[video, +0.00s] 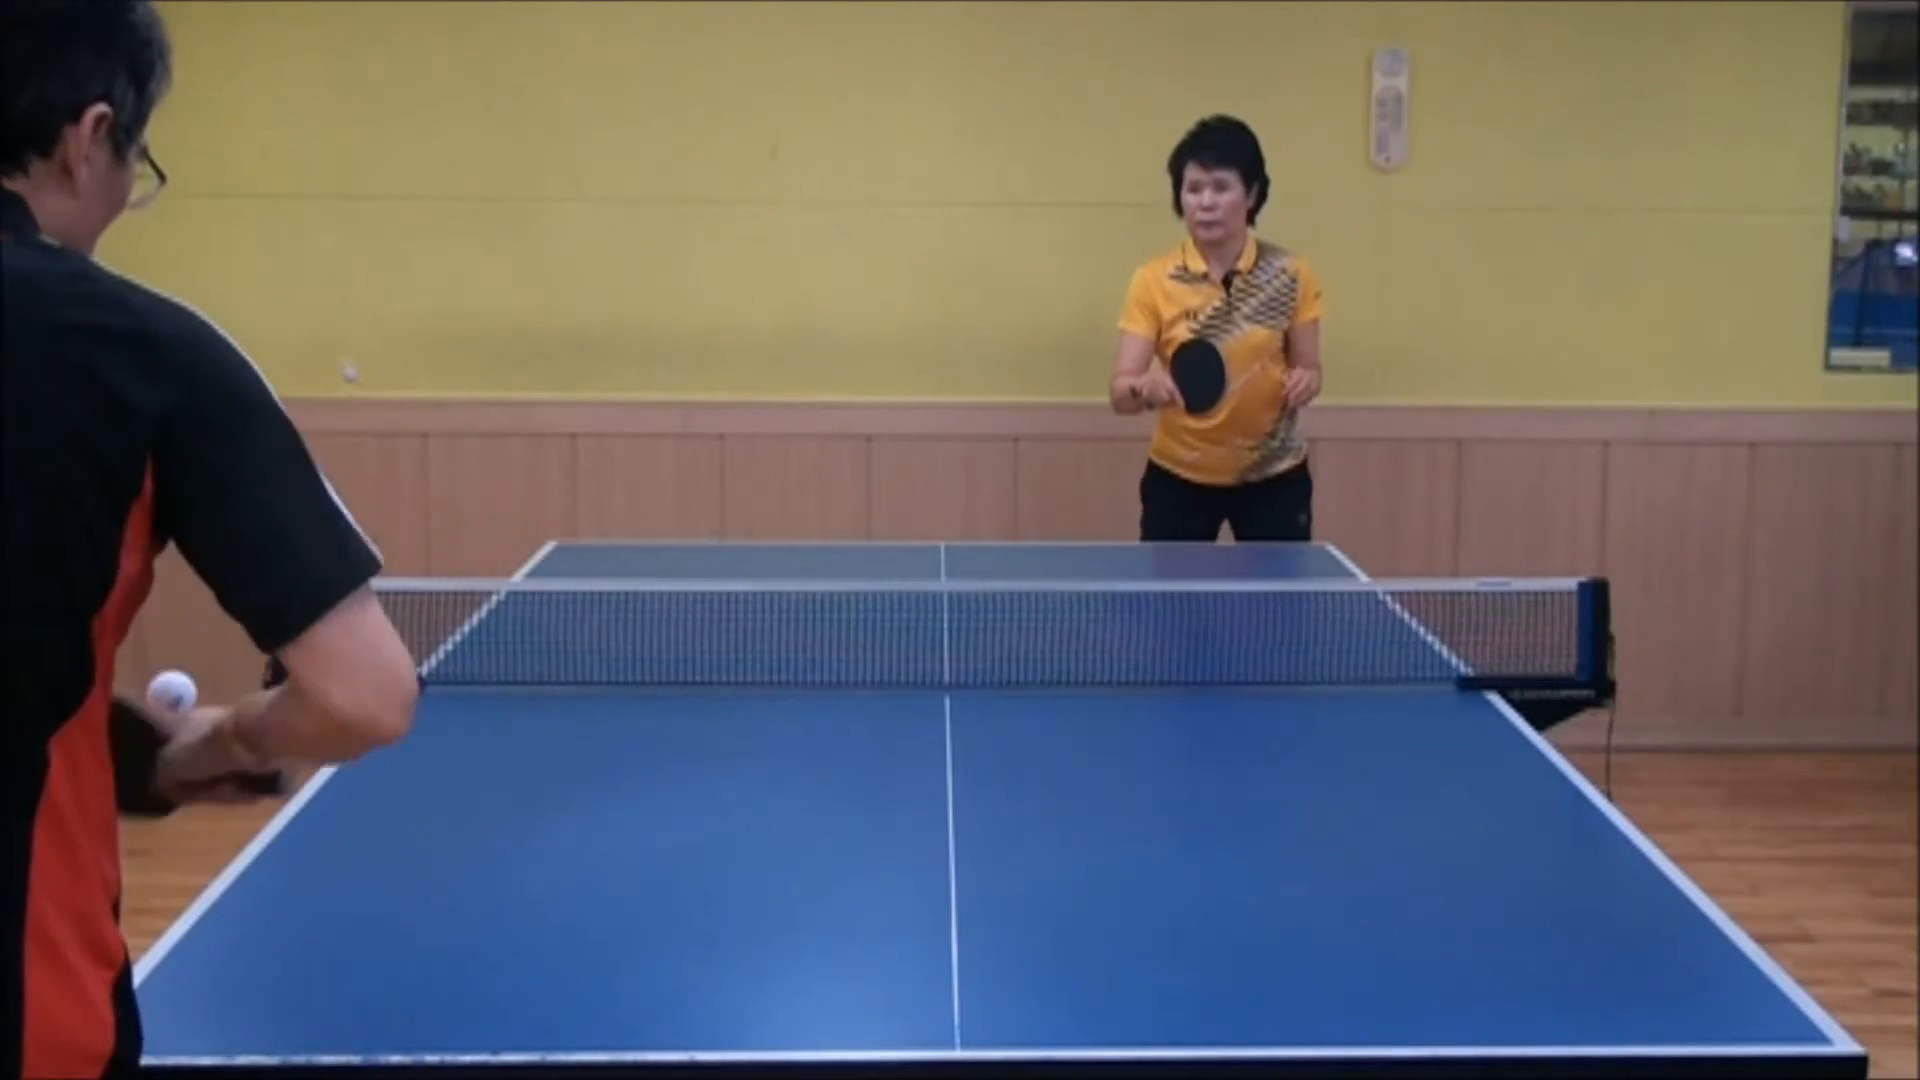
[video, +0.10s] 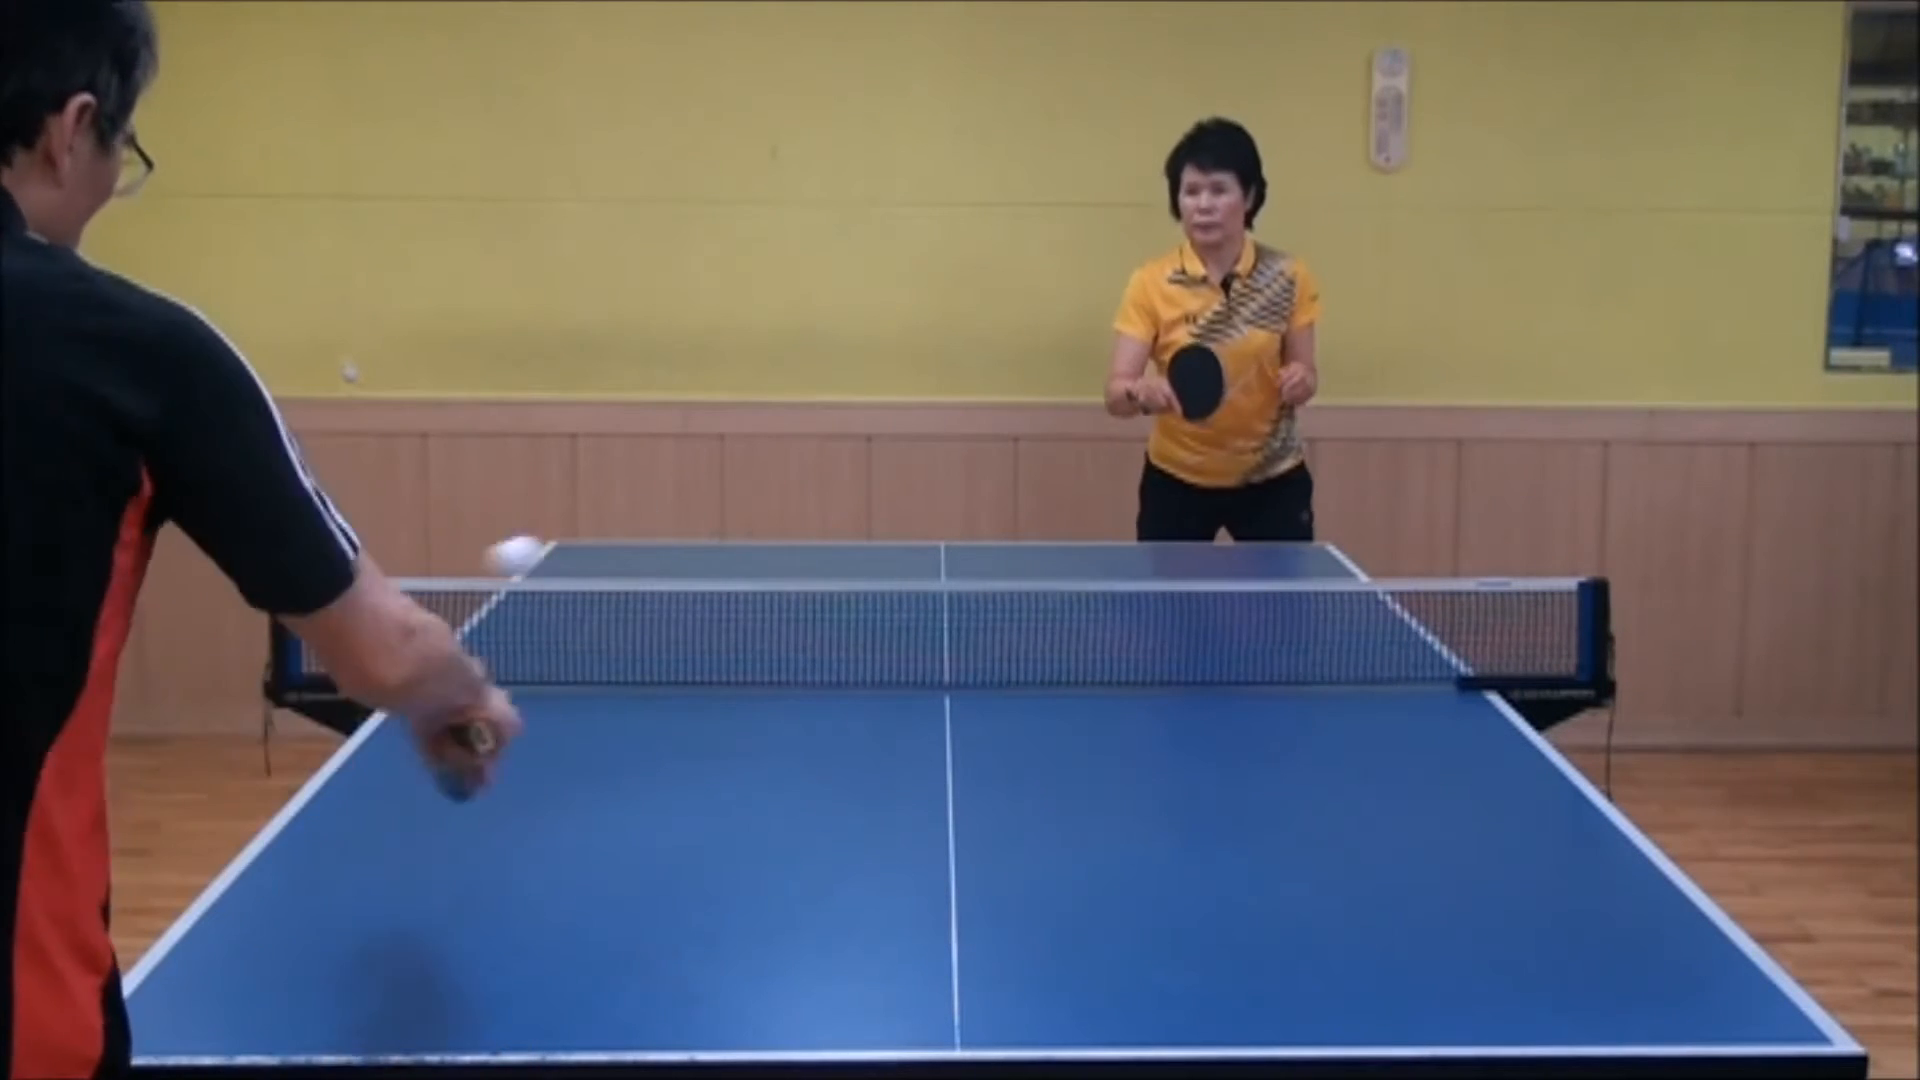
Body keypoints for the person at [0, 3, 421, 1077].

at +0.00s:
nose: (129, 193)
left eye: (136, 155)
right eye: (134, 151)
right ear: (83, 135)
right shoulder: (131, 349)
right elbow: (367, 695)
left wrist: (152, 763)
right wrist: (219, 745)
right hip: (38, 996)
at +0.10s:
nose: (118, 179)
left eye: (123, 145)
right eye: (119, 140)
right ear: (65, 129)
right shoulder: (127, 349)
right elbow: (375, 647)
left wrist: (443, 696)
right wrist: (459, 703)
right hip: (29, 989)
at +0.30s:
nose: (60, 155)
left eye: (69, 117)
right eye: (66, 115)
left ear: (17, 103)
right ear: (14, 106)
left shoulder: (87, 335)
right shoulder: (82, 335)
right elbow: (337, 661)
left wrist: (397, 699)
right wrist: (414, 709)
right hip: (20, 999)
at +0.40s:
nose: (27, 118)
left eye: (27, 83)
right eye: (27, 82)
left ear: (21, 102)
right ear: (11, 100)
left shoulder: (62, 340)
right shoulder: (52, 339)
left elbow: (229, 722)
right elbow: (233, 722)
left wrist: (300, 771)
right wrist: (311, 779)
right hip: (3, 1003)